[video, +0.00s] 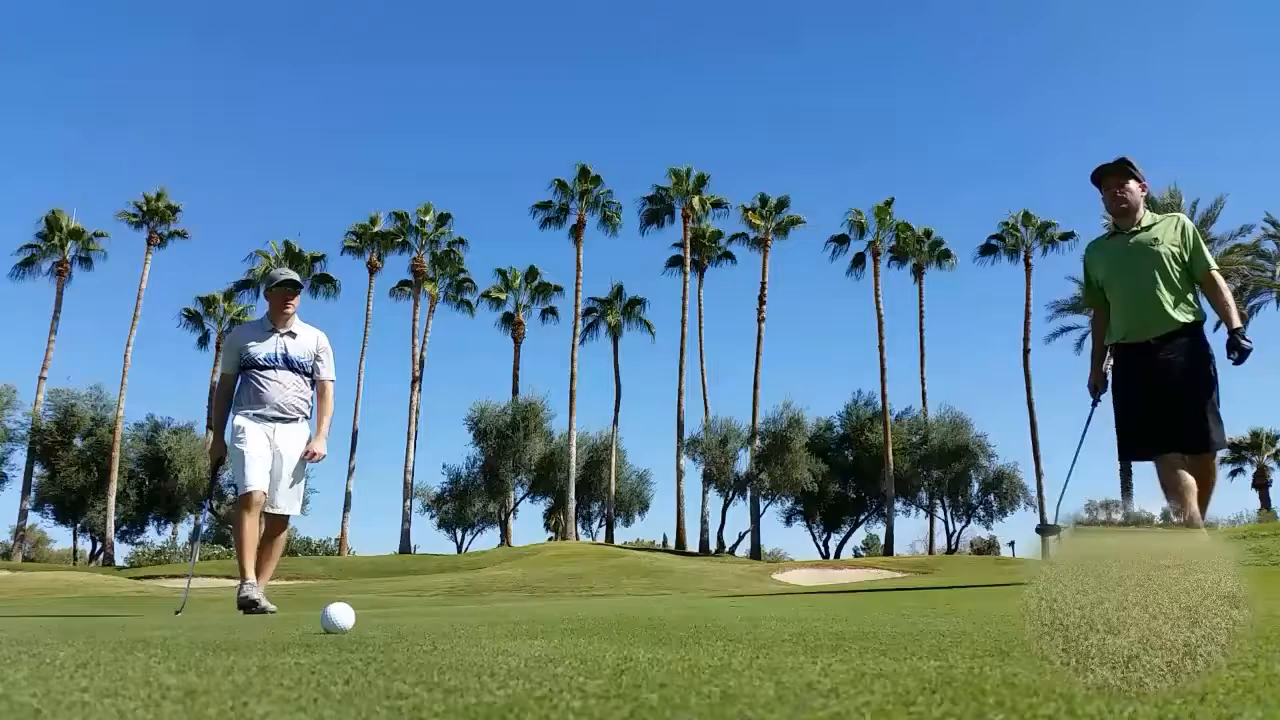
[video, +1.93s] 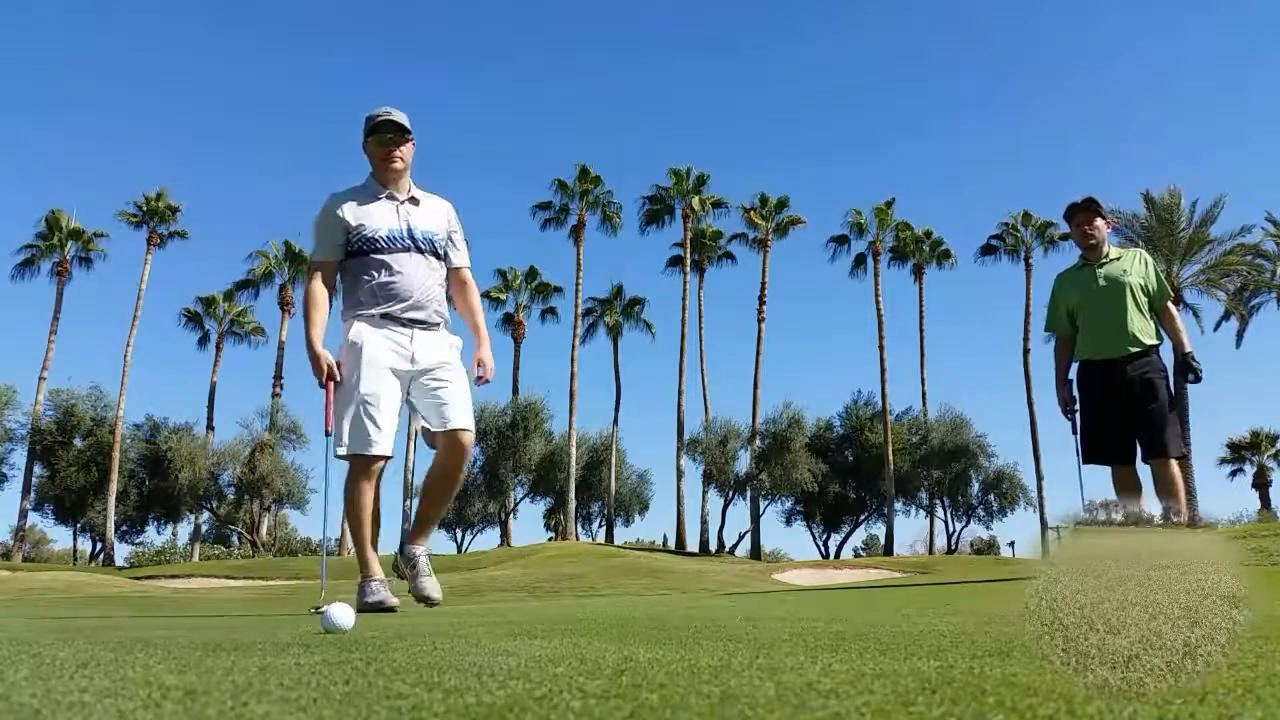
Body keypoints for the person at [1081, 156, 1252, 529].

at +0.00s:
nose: (1117, 191)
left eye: (1123, 183)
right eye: (1109, 188)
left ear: (1142, 188)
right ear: (1103, 199)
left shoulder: (1176, 226)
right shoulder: (1096, 251)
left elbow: (1210, 278)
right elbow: (1099, 313)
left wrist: (1235, 326)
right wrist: (1096, 366)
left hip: (1183, 346)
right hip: (1133, 357)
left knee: (1200, 444)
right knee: (1162, 445)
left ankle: (1194, 523)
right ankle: (1192, 529)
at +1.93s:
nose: (1086, 229)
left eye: (1091, 222)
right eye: (1078, 226)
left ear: (1106, 225)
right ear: (1071, 234)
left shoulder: (1139, 260)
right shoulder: (1066, 281)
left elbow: (1165, 309)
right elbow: (1064, 338)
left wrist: (1184, 351)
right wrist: (1061, 384)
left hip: (1144, 369)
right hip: (1098, 377)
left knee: (1161, 452)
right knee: (1119, 460)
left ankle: (1178, 527)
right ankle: (1135, 531)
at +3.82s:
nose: (1100, 232)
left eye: (1103, 225)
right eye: (1092, 227)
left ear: (1108, 228)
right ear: (1073, 233)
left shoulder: (1133, 260)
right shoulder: (1061, 283)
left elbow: (1166, 307)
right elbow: (1059, 338)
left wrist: (1161, 308)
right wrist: (1053, 383)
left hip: (1141, 368)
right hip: (1095, 375)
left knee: (1162, 453)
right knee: (1118, 460)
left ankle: (1179, 529)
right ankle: (1135, 534)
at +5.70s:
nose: (1084, 233)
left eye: (1089, 226)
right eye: (1076, 229)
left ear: (1103, 230)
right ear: (1068, 238)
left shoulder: (1133, 266)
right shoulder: (1061, 285)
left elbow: (1158, 313)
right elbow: (1058, 340)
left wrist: (1173, 354)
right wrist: (1056, 387)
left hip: (1139, 373)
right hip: (1093, 380)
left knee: (1160, 455)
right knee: (1117, 462)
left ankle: (1178, 530)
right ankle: (1135, 535)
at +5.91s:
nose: (1084, 233)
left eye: (1090, 226)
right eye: (1076, 229)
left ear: (1103, 230)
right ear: (1068, 238)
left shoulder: (1134, 266)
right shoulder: (1062, 285)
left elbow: (1159, 313)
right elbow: (1059, 340)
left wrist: (1174, 355)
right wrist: (1057, 387)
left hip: (1140, 372)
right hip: (1094, 379)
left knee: (1160, 455)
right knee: (1117, 462)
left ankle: (1177, 529)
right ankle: (1135, 534)